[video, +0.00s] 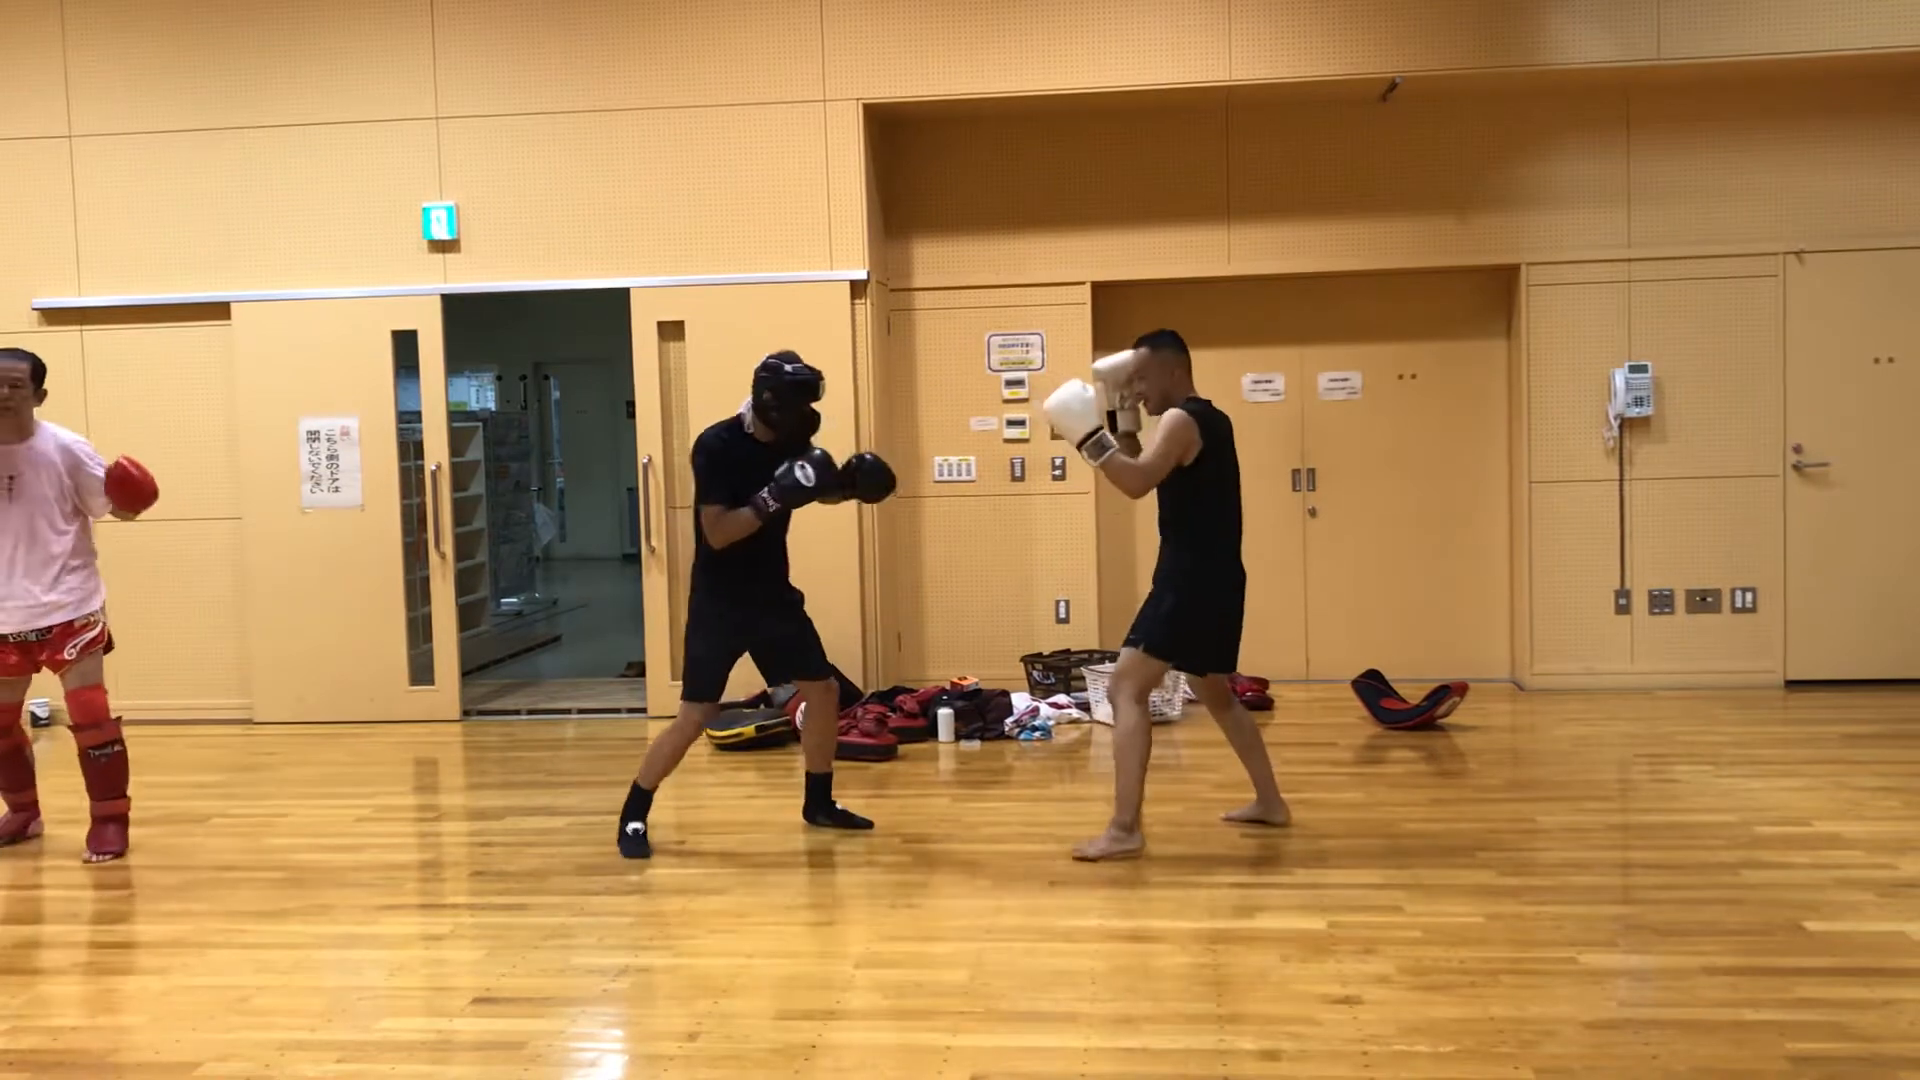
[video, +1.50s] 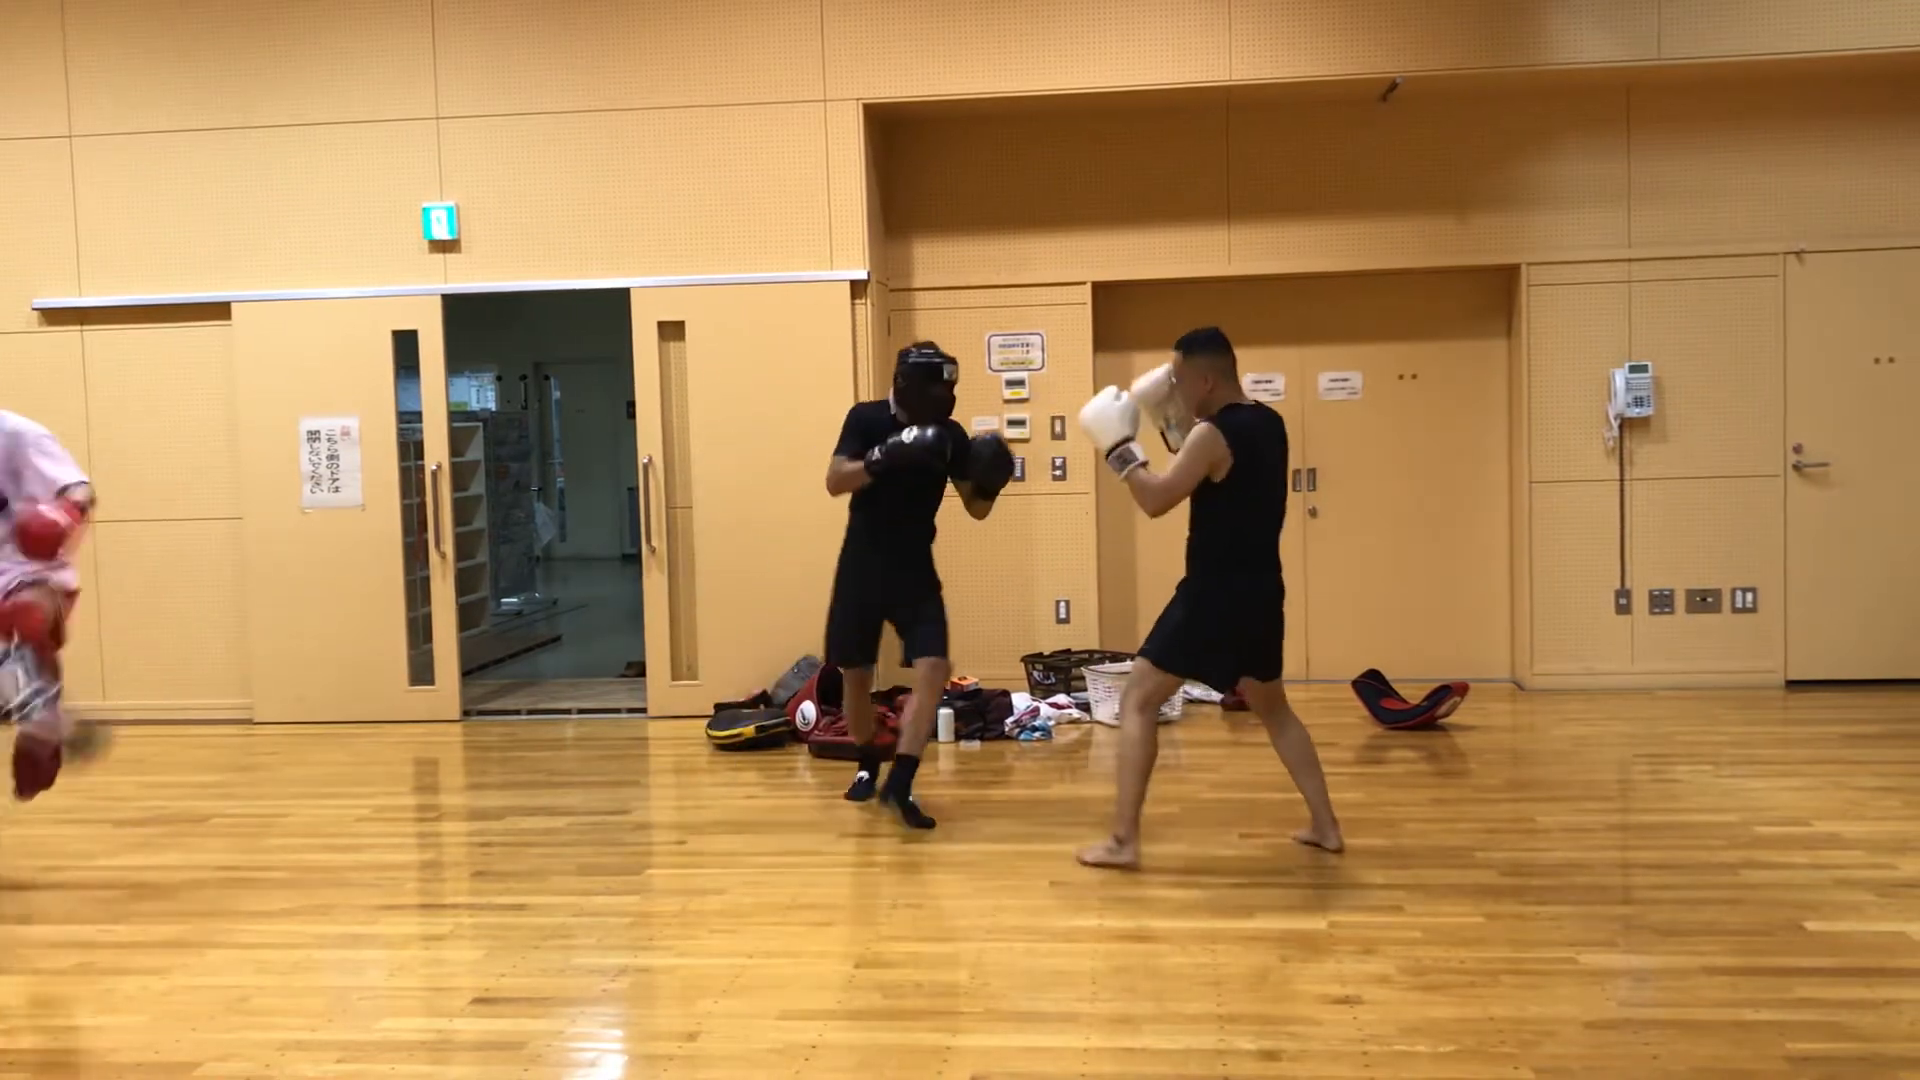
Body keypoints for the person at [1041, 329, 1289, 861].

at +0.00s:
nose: (1137, 392)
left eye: (1142, 380)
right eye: (1135, 382)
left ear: (1171, 371)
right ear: (1182, 375)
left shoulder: (1183, 421)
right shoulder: (1211, 420)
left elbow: (1134, 484)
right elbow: (1140, 475)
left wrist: (1088, 434)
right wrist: (1116, 420)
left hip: (1187, 585)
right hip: (1219, 582)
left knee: (1127, 686)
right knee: (1217, 693)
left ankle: (1124, 828)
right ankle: (1271, 802)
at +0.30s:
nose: (1099, 407)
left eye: (1102, 396)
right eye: (1096, 398)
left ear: (1132, 386)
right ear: (1143, 384)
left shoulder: (1155, 437)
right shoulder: (1187, 420)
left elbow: (1113, 513)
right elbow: (1128, 493)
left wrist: (1059, 468)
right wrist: (1096, 443)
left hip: (1192, 590)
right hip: (1232, 584)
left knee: (1132, 699)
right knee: (1234, 693)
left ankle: (1151, 838)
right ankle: (1272, 801)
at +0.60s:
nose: (1136, 394)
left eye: (1140, 382)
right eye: (1134, 385)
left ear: (1170, 372)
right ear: (1185, 372)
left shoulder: (1184, 424)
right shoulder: (1226, 416)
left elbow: (1124, 490)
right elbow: (1180, 482)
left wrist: (1084, 438)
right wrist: (1137, 437)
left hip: (1197, 592)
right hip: (1248, 589)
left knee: (1139, 698)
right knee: (1262, 701)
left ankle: (1150, 837)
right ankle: (1323, 819)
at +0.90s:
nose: (1159, 393)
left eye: (1163, 380)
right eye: (1157, 383)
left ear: (1191, 373)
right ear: (1210, 373)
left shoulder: (1190, 422)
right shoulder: (1252, 420)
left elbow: (1123, 477)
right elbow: (1189, 473)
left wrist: (1099, 420)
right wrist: (1156, 411)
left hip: (1195, 591)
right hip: (1249, 591)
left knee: (1120, 686)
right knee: (1272, 707)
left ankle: (1115, 824)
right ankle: (1324, 826)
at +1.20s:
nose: (1120, 423)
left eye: (1123, 413)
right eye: (1117, 413)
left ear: (1151, 404)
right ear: (1167, 399)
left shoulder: (1172, 448)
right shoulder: (1212, 434)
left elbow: (1105, 509)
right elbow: (1139, 488)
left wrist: (1071, 451)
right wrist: (1113, 431)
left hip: (1181, 610)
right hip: (1228, 609)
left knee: (1100, 698)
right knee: (1246, 716)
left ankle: (1105, 836)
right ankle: (1318, 826)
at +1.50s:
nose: (1179, 392)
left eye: (1182, 381)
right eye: (1177, 381)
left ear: (1207, 378)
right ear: (1230, 375)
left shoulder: (1212, 434)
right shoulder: (1271, 424)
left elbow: (1154, 498)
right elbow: (1219, 480)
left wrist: (1120, 449)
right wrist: (1173, 422)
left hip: (1209, 598)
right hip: (1263, 597)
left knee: (1139, 699)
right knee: (1274, 707)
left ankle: (1123, 839)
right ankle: (1325, 824)